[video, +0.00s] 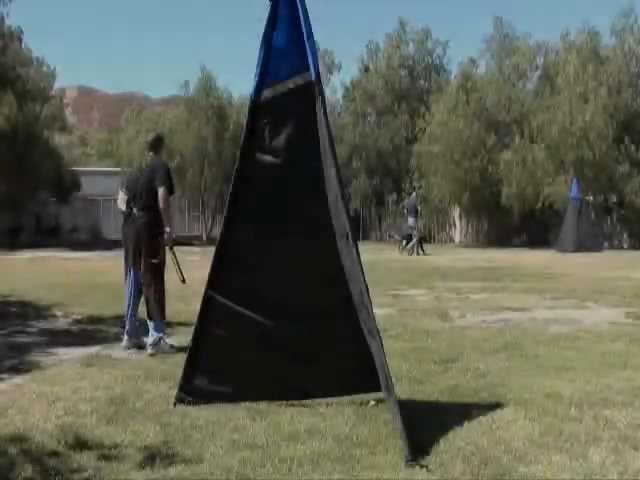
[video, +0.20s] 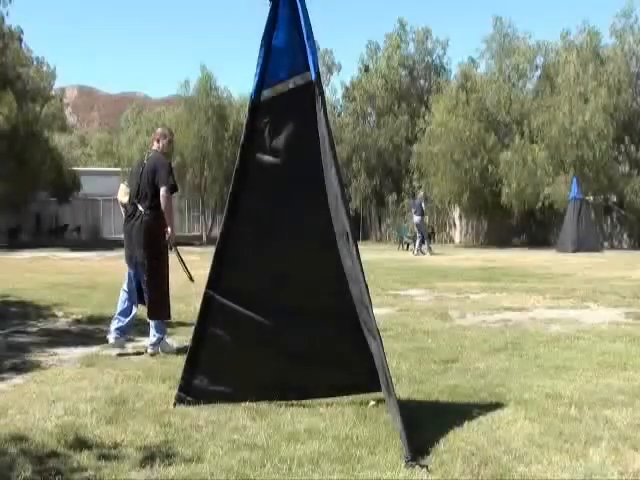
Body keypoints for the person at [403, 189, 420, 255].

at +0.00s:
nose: (415, 198)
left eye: (414, 197)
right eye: (415, 197)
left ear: (410, 197)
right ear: (415, 198)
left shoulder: (407, 204)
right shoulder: (415, 205)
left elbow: (405, 212)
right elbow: (418, 214)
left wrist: (406, 218)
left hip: (409, 220)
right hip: (414, 220)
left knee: (414, 236)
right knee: (416, 236)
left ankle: (415, 251)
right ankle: (408, 248)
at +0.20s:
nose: (423, 197)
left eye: (423, 196)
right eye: (423, 196)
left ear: (418, 196)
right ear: (422, 196)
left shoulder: (415, 201)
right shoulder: (421, 201)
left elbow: (413, 209)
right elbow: (424, 208)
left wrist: (414, 214)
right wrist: (426, 214)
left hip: (415, 217)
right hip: (420, 217)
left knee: (419, 234)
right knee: (425, 234)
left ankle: (416, 249)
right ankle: (428, 249)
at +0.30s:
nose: (428, 197)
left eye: (428, 196)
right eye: (428, 196)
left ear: (423, 196)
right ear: (426, 196)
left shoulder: (420, 203)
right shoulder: (425, 202)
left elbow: (417, 211)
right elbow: (426, 208)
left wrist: (418, 215)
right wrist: (429, 213)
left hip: (419, 218)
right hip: (424, 218)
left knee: (422, 236)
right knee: (429, 235)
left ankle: (416, 250)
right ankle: (433, 250)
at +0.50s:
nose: (432, 197)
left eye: (432, 196)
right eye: (432, 196)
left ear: (428, 196)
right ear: (432, 197)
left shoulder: (425, 202)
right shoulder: (431, 202)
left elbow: (423, 211)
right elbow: (433, 211)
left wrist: (425, 216)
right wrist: (435, 217)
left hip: (425, 219)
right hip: (430, 219)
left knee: (430, 234)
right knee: (434, 234)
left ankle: (426, 246)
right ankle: (434, 249)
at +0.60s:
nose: (436, 197)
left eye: (436, 195)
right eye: (436, 195)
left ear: (431, 195)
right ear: (435, 196)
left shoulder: (427, 201)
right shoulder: (434, 201)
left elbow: (425, 210)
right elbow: (436, 209)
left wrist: (428, 213)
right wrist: (438, 215)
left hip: (428, 217)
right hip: (433, 217)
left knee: (430, 233)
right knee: (435, 233)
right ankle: (434, 250)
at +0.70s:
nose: (438, 196)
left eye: (437, 194)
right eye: (437, 194)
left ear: (432, 194)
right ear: (437, 195)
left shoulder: (429, 200)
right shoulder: (436, 200)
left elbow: (427, 209)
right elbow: (437, 208)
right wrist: (439, 213)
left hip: (430, 217)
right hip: (435, 217)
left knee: (433, 233)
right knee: (435, 234)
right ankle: (434, 250)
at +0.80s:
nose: (438, 197)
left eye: (438, 195)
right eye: (437, 195)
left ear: (433, 195)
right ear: (436, 195)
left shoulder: (431, 202)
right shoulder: (436, 201)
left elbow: (429, 210)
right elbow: (438, 208)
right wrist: (441, 211)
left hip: (432, 217)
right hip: (437, 217)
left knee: (437, 235)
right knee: (439, 236)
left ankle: (439, 250)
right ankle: (434, 250)